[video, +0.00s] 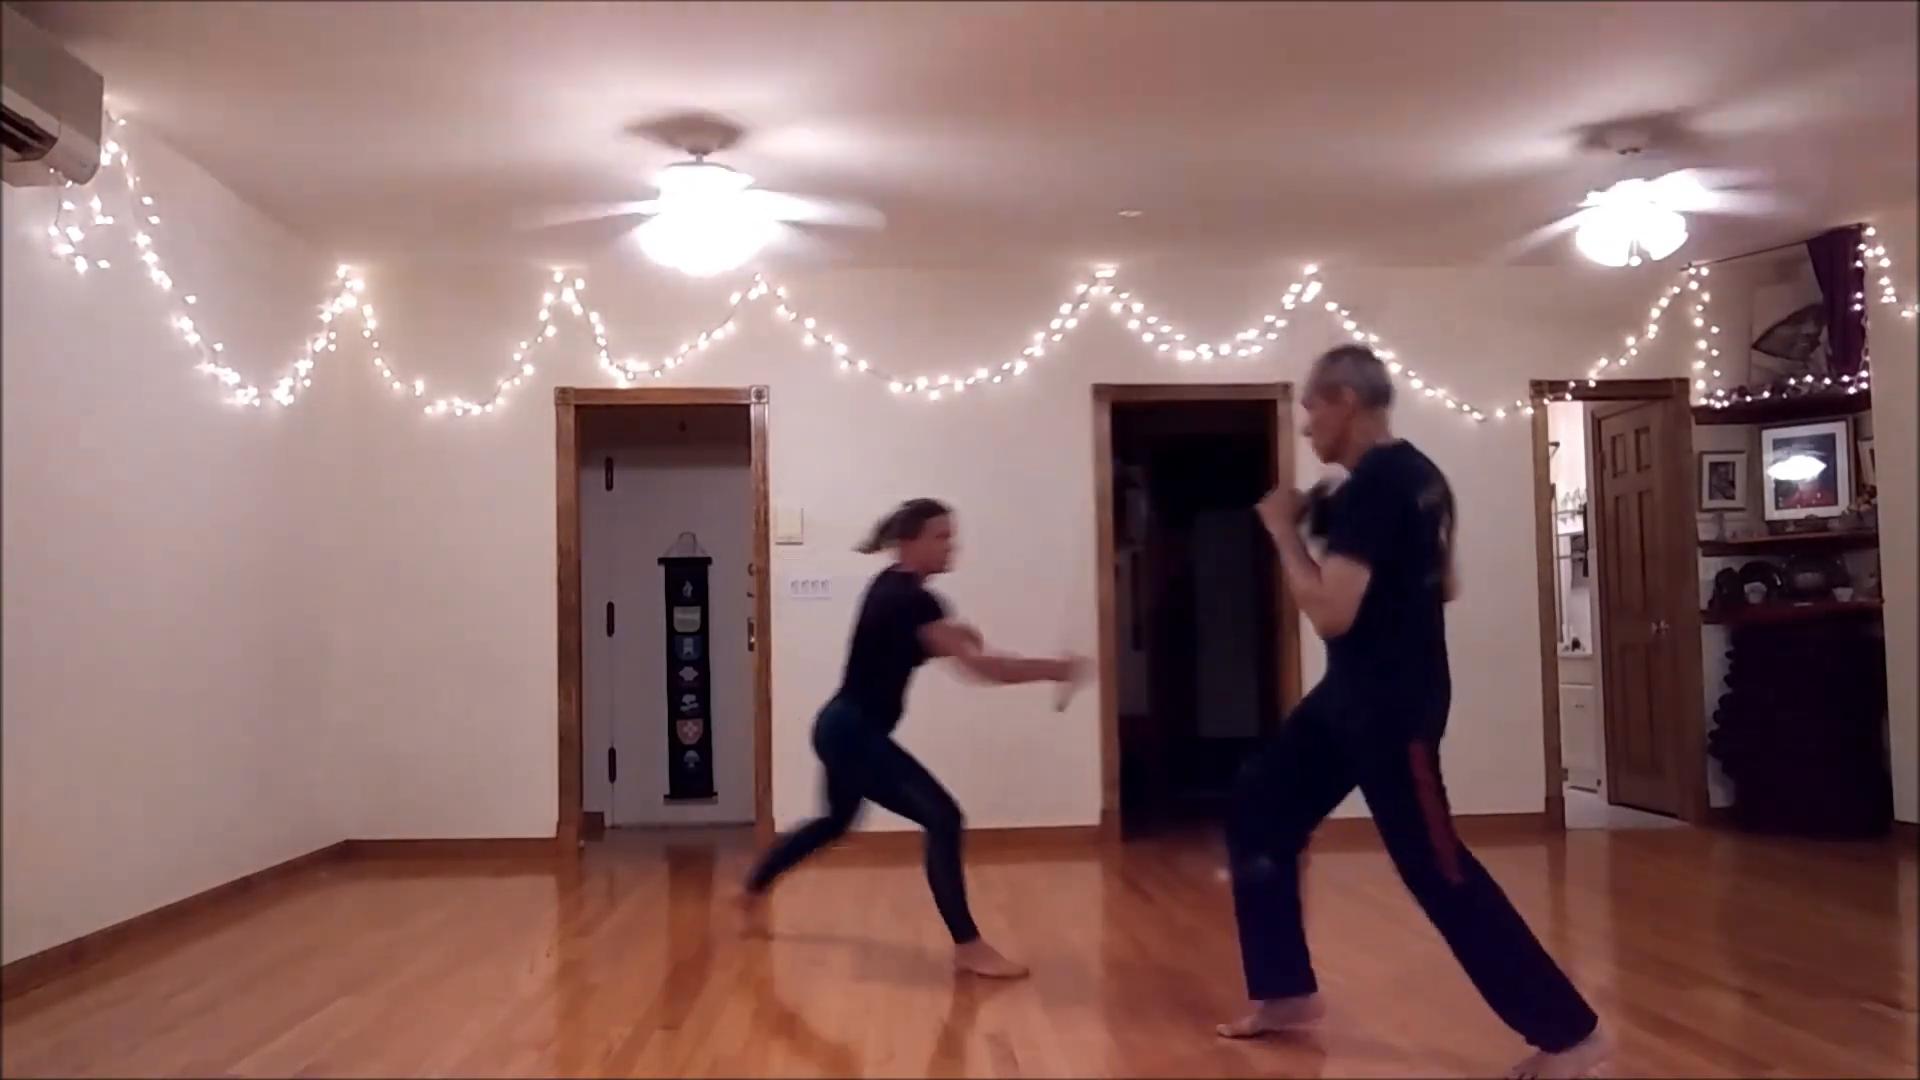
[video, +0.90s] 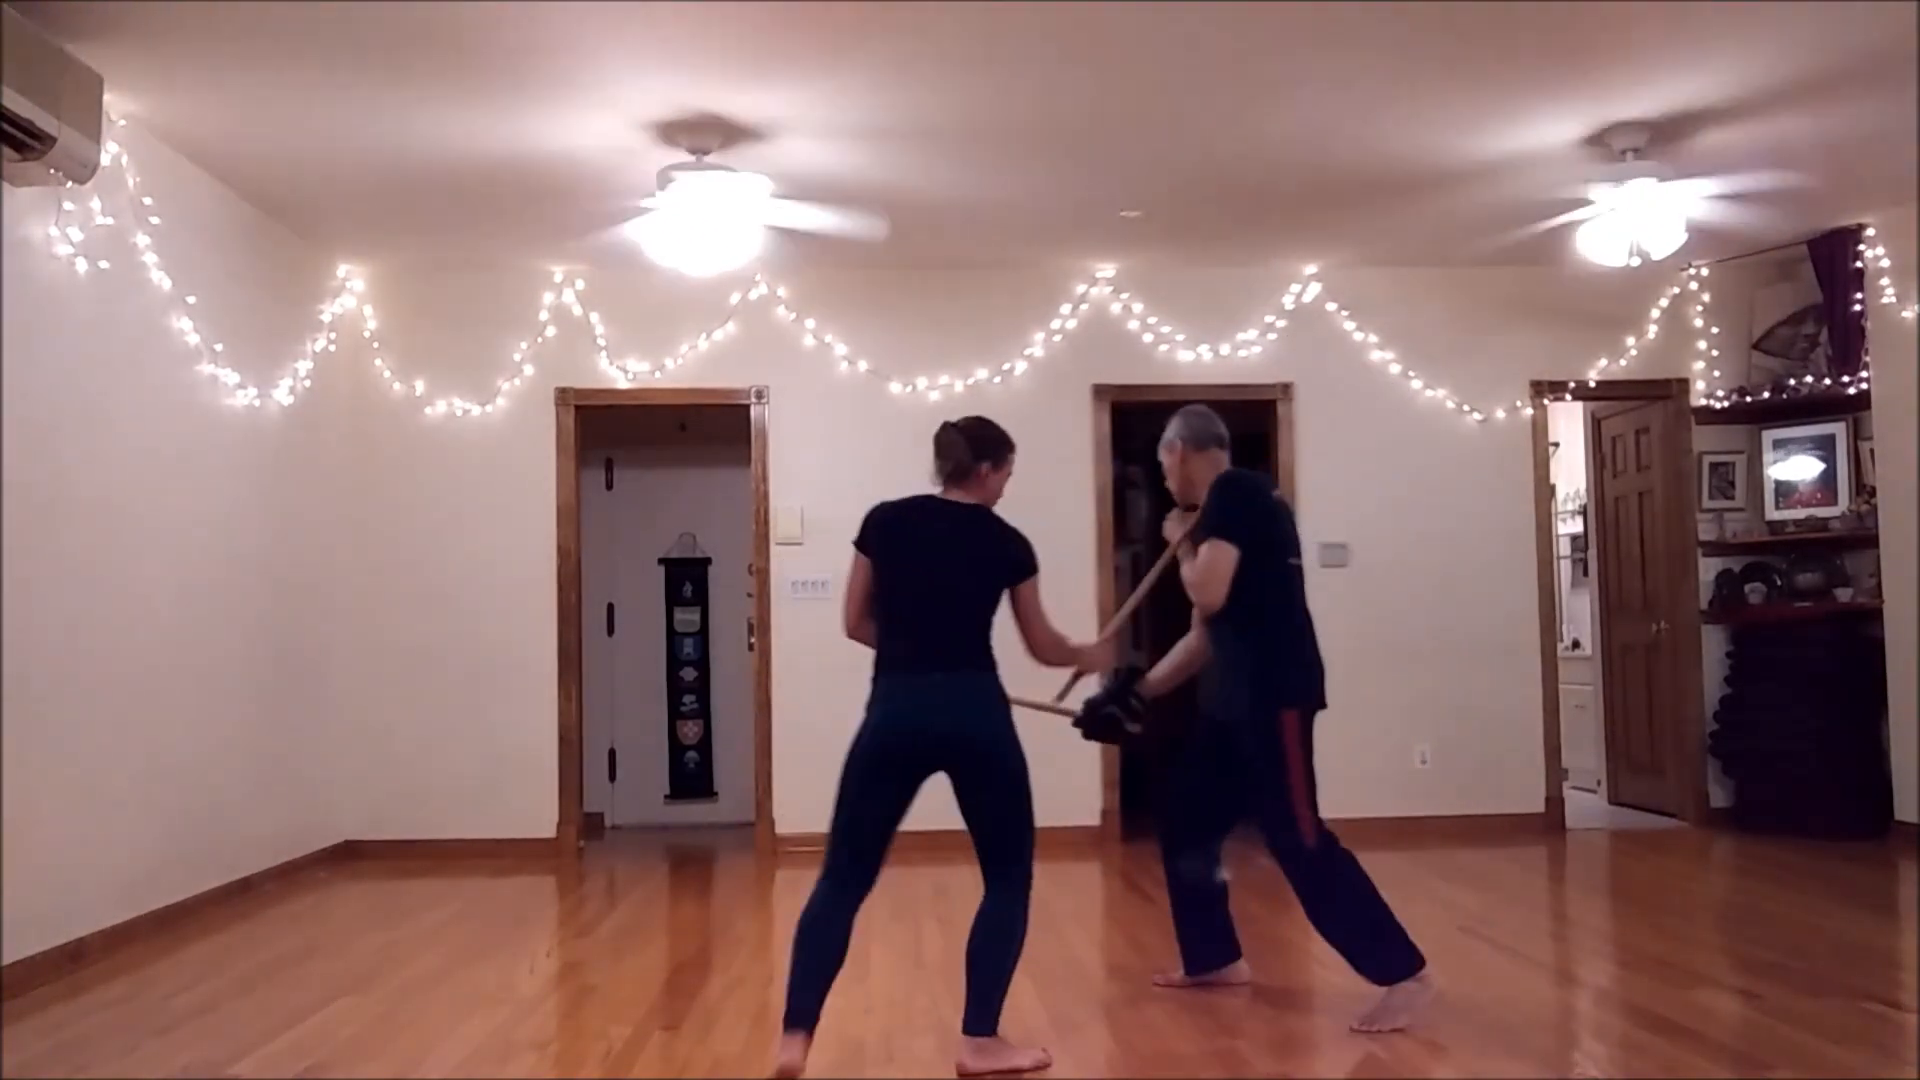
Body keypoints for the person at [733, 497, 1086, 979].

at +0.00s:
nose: (949, 546)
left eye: (950, 537)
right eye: (941, 537)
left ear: (910, 543)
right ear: (910, 542)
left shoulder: (892, 586)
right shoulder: (908, 598)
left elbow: (929, 637)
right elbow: (981, 664)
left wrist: (958, 637)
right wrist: (1054, 670)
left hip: (843, 729)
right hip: (856, 739)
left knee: (836, 820)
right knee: (943, 817)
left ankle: (755, 883)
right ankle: (968, 945)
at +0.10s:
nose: (997, 539)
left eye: (997, 530)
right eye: (987, 531)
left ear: (953, 537)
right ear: (955, 535)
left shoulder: (926, 575)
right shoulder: (957, 590)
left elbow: (913, 642)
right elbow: (1007, 668)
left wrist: (957, 678)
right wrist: (1085, 674)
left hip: (860, 720)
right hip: (880, 730)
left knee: (926, 803)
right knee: (972, 819)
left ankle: (862, 898)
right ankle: (971, 946)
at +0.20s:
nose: (1020, 536)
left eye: (1021, 526)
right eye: (1010, 526)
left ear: (979, 530)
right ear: (975, 529)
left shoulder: (958, 573)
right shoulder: (967, 585)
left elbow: (965, 653)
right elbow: (975, 678)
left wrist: (993, 685)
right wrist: (1049, 666)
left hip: (903, 720)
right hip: (901, 727)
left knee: (997, 805)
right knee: (1002, 808)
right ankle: (973, 930)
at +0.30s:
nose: (1021, 531)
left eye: (1022, 521)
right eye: (1012, 521)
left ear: (976, 524)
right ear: (979, 521)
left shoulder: (966, 574)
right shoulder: (966, 580)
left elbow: (982, 656)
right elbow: (1005, 669)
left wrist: (996, 676)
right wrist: (1062, 613)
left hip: (948, 732)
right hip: (940, 736)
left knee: (1034, 821)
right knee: (1028, 823)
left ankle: (1002, 941)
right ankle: (991, 958)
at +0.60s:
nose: (1031, 503)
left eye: (1033, 492)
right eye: (1028, 491)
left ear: (975, 488)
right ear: (998, 487)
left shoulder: (918, 548)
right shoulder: (1022, 551)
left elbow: (894, 644)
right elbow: (1089, 633)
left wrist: (952, 663)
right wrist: (1146, 602)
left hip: (926, 735)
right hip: (998, 737)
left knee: (955, 828)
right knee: (1035, 886)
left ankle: (941, 955)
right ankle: (981, 1032)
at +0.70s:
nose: (1027, 494)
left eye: (1028, 482)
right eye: (1025, 482)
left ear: (969, 477)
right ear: (1000, 478)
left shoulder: (912, 536)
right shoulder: (1021, 542)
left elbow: (891, 637)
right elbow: (1074, 634)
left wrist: (963, 653)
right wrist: (1127, 621)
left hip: (922, 725)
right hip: (997, 724)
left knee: (925, 857)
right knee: (1025, 881)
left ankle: (878, 978)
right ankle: (980, 1035)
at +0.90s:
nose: (1008, 483)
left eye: (1008, 473)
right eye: (1008, 473)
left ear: (944, 468)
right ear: (990, 472)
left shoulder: (886, 519)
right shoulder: (1004, 541)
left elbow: (856, 623)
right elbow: (1043, 647)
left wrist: (912, 645)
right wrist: (1092, 654)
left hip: (895, 718)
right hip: (976, 721)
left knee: (842, 877)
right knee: (1008, 878)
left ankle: (795, 1037)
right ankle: (980, 1038)